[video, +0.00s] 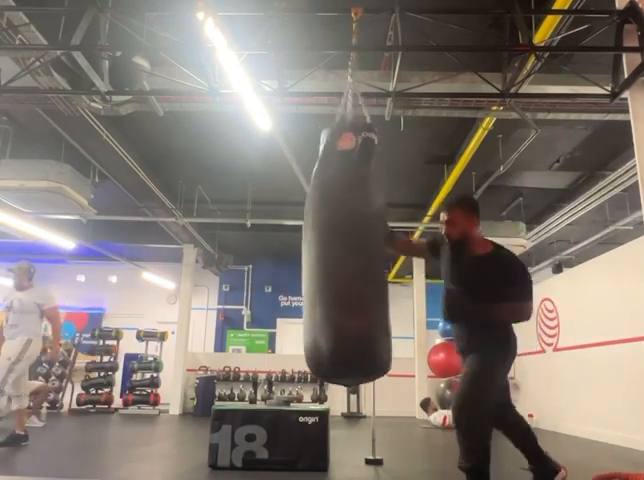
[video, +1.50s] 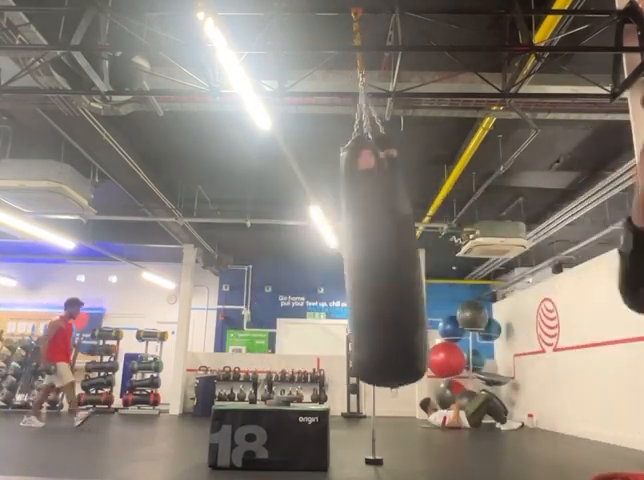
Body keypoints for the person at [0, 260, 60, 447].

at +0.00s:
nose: (15, 278)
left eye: (19, 275)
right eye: (14, 274)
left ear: (29, 276)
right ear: (15, 276)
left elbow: (55, 319)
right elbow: (8, 322)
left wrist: (55, 347)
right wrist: (3, 341)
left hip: (29, 342)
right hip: (11, 341)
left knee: (6, 376)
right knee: (18, 386)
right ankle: (20, 430)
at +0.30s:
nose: (1, 272)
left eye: (3, 267)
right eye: (1, 267)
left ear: (11, 269)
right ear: (5, 270)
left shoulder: (20, 291)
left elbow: (31, 322)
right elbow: (31, 321)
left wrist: (30, 349)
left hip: (7, 341)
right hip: (6, 341)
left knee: (4, 383)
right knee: (3, 384)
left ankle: (9, 423)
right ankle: (9, 423)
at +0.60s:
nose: (49, 323)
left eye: (49, 321)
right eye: (46, 320)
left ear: (42, 322)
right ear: (38, 321)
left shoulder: (36, 337)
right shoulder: (27, 335)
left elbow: (29, 357)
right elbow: (14, 354)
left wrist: (32, 371)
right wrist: (13, 375)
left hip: (25, 369)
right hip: (19, 369)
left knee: (42, 384)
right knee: (40, 384)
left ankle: (34, 414)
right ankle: (31, 416)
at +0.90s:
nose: (62, 309)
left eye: (63, 307)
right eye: (60, 306)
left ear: (57, 308)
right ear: (53, 307)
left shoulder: (53, 325)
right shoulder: (41, 321)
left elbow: (46, 343)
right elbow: (30, 339)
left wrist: (46, 359)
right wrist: (27, 358)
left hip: (42, 360)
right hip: (35, 359)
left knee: (42, 386)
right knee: (38, 387)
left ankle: (34, 413)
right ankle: (31, 415)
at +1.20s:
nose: (67, 308)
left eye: (68, 305)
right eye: (66, 305)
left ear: (63, 306)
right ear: (58, 305)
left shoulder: (57, 323)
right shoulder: (44, 320)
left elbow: (54, 342)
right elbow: (35, 338)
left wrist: (54, 359)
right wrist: (34, 357)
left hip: (49, 360)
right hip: (41, 359)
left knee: (38, 387)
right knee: (45, 385)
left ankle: (34, 413)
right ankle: (30, 414)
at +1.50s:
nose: (79, 312)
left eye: (79, 309)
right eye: (77, 309)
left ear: (73, 309)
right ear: (69, 308)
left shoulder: (69, 325)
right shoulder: (56, 322)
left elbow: (67, 344)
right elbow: (45, 341)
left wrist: (69, 360)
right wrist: (43, 361)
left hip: (64, 360)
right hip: (56, 360)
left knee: (47, 388)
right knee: (69, 384)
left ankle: (32, 415)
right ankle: (76, 414)